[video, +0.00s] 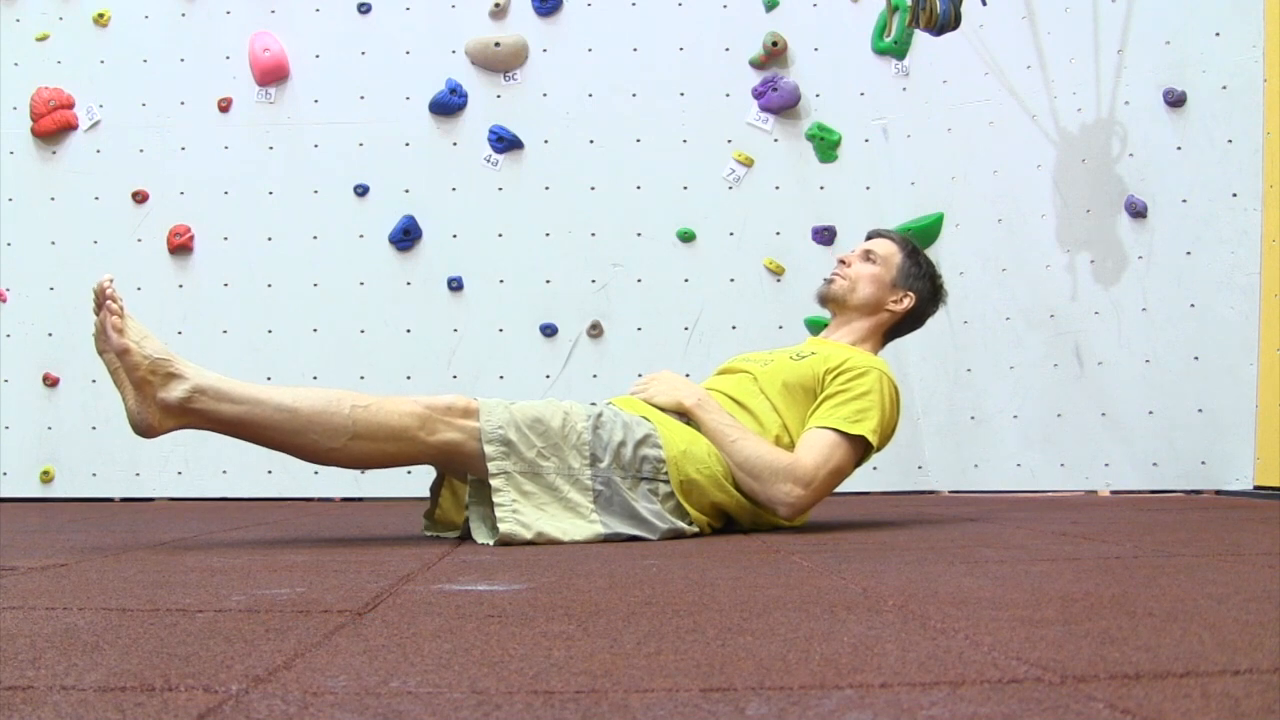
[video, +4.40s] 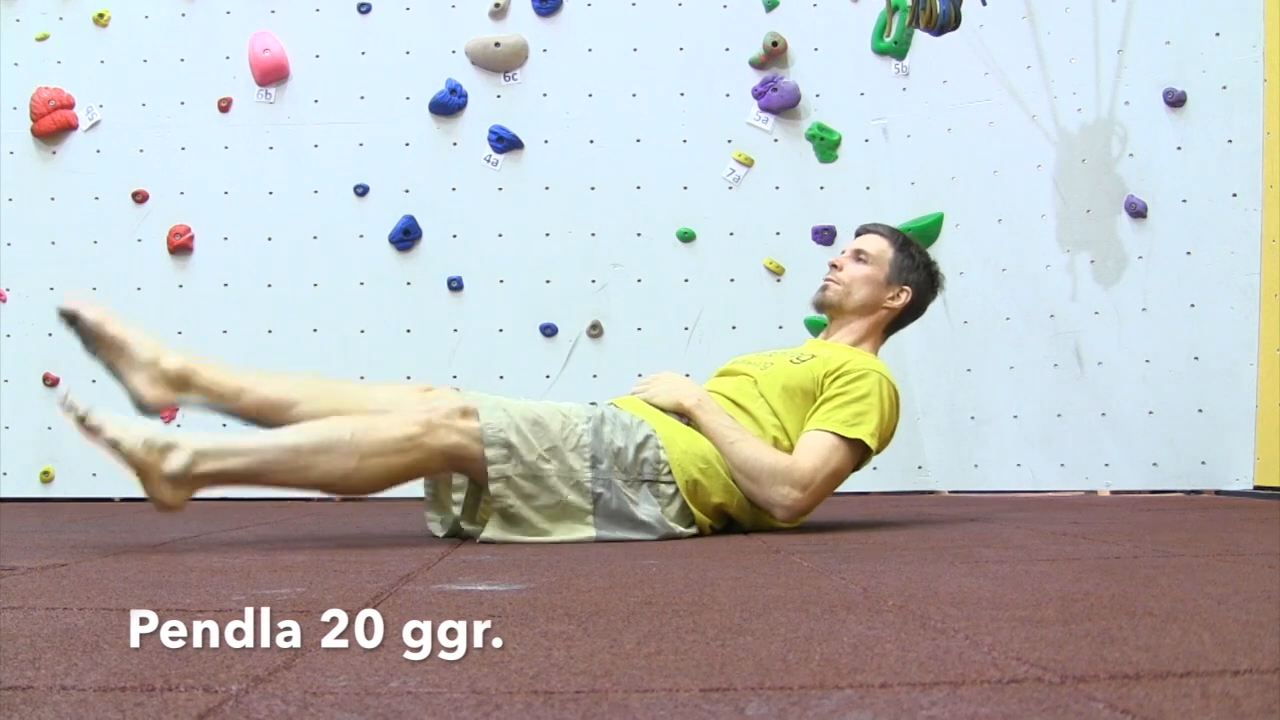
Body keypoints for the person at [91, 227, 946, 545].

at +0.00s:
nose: (847, 254)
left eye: (870, 255)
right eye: (857, 246)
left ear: (897, 302)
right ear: (863, 285)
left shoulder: (865, 377)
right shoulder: (805, 359)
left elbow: (792, 493)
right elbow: (749, 467)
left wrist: (701, 403)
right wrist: (673, 407)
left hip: (660, 461)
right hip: (642, 445)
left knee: (442, 426)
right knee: (434, 422)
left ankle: (179, 395)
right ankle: (181, 396)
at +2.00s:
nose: (842, 257)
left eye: (865, 256)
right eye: (848, 248)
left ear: (896, 301)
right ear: (850, 283)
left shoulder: (864, 374)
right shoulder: (793, 361)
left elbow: (794, 492)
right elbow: (740, 466)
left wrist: (698, 400)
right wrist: (667, 409)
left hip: (661, 457)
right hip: (630, 453)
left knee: (450, 402)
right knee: (416, 453)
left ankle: (189, 336)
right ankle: (180, 461)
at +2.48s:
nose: (838, 262)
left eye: (862, 259)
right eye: (843, 251)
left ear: (895, 302)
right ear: (842, 281)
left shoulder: (862, 378)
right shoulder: (793, 360)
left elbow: (792, 494)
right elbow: (742, 463)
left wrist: (701, 404)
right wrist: (664, 409)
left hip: (646, 467)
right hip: (617, 440)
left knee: (440, 441)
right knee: (427, 404)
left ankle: (181, 467)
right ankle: (196, 335)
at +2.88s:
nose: (831, 261)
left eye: (854, 258)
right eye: (837, 251)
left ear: (890, 299)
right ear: (844, 285)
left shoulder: (860, 374)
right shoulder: (793, 363)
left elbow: (789, 492)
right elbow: (740, 463)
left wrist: (700, 403)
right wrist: (660, 404)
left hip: (648, 457)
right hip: (618, 446)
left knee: (445, 408)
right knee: (399, 438)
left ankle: (188, 363)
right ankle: (165, 434)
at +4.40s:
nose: (839, 258)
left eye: (863, 256)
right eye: (845, 248)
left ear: (896, 299)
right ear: (852, 285)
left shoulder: (863, 378)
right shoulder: (800, 361)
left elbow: (792, 494)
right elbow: (750, 470)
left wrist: (698, 401)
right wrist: (670, 410)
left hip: (652, 462)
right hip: (621, 440)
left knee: (447, 427)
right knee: (415, 403)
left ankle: (185, 467)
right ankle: (178, 378)